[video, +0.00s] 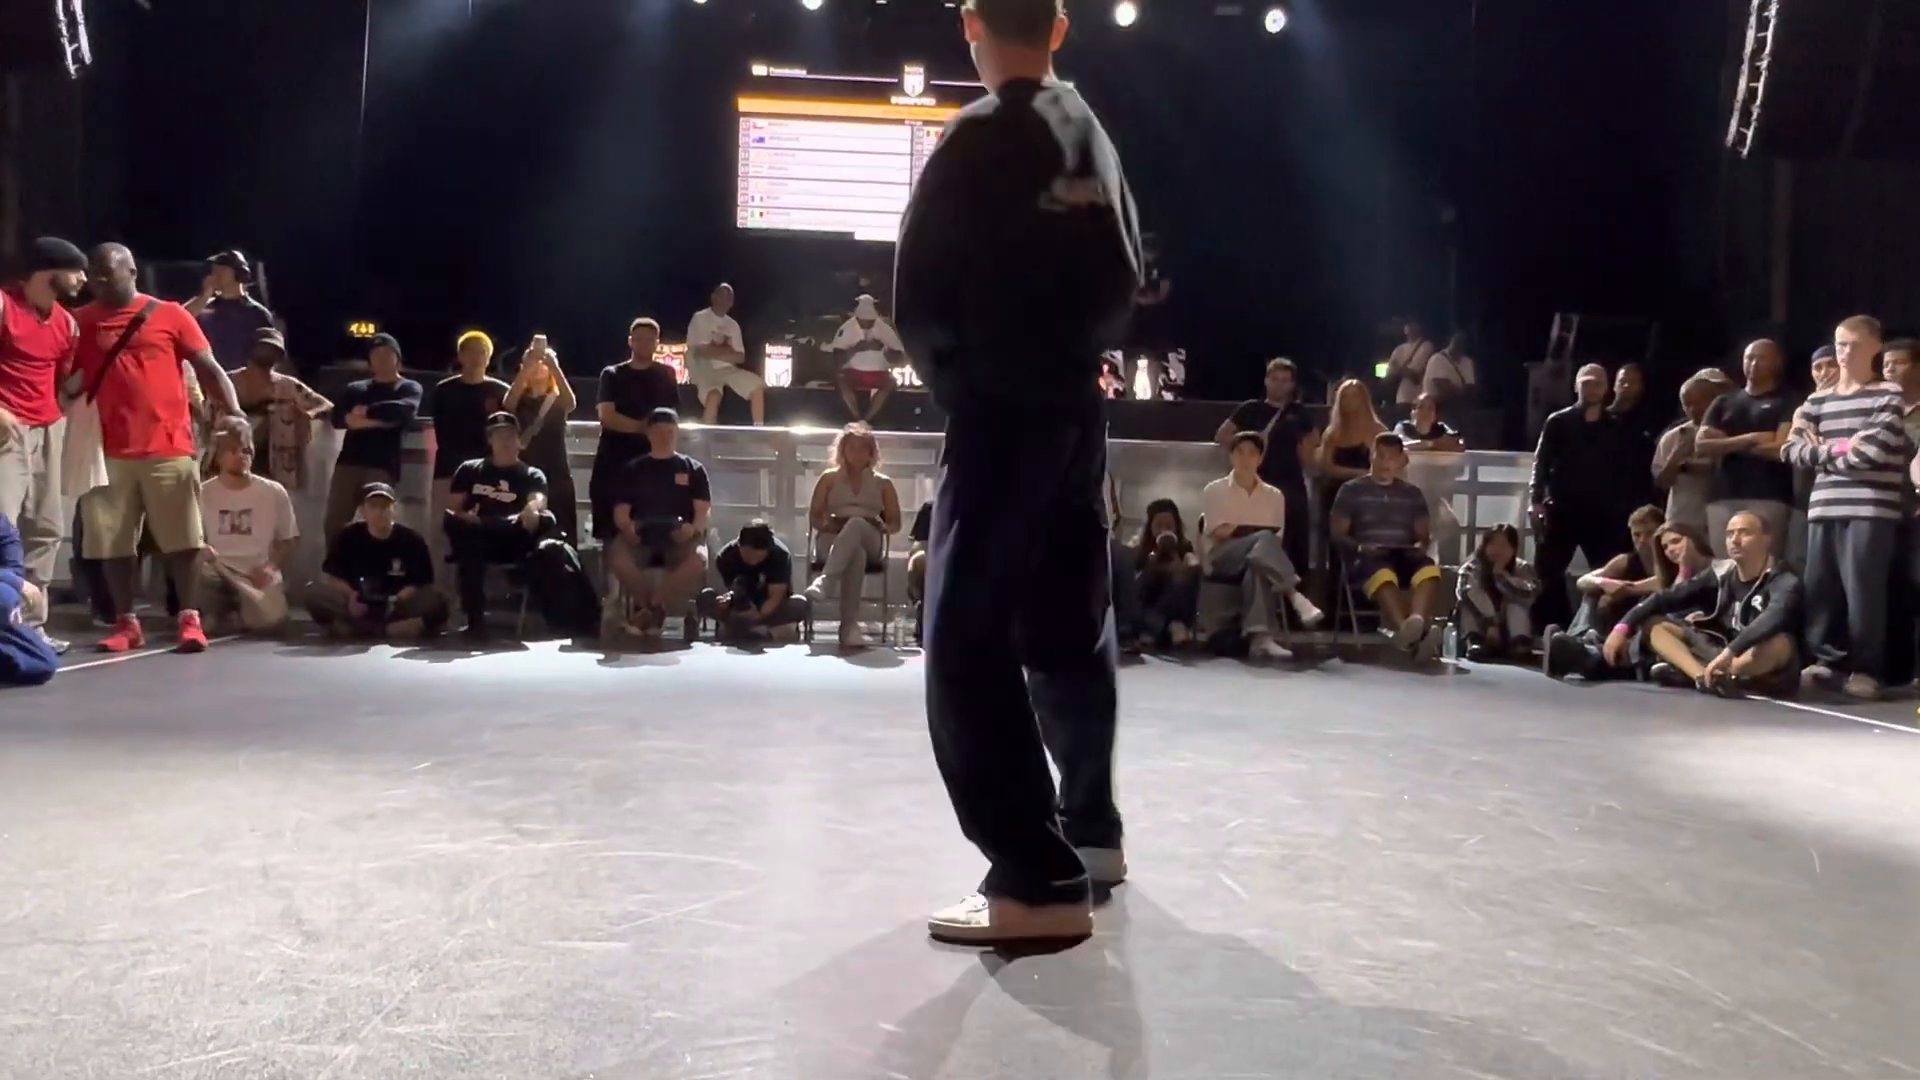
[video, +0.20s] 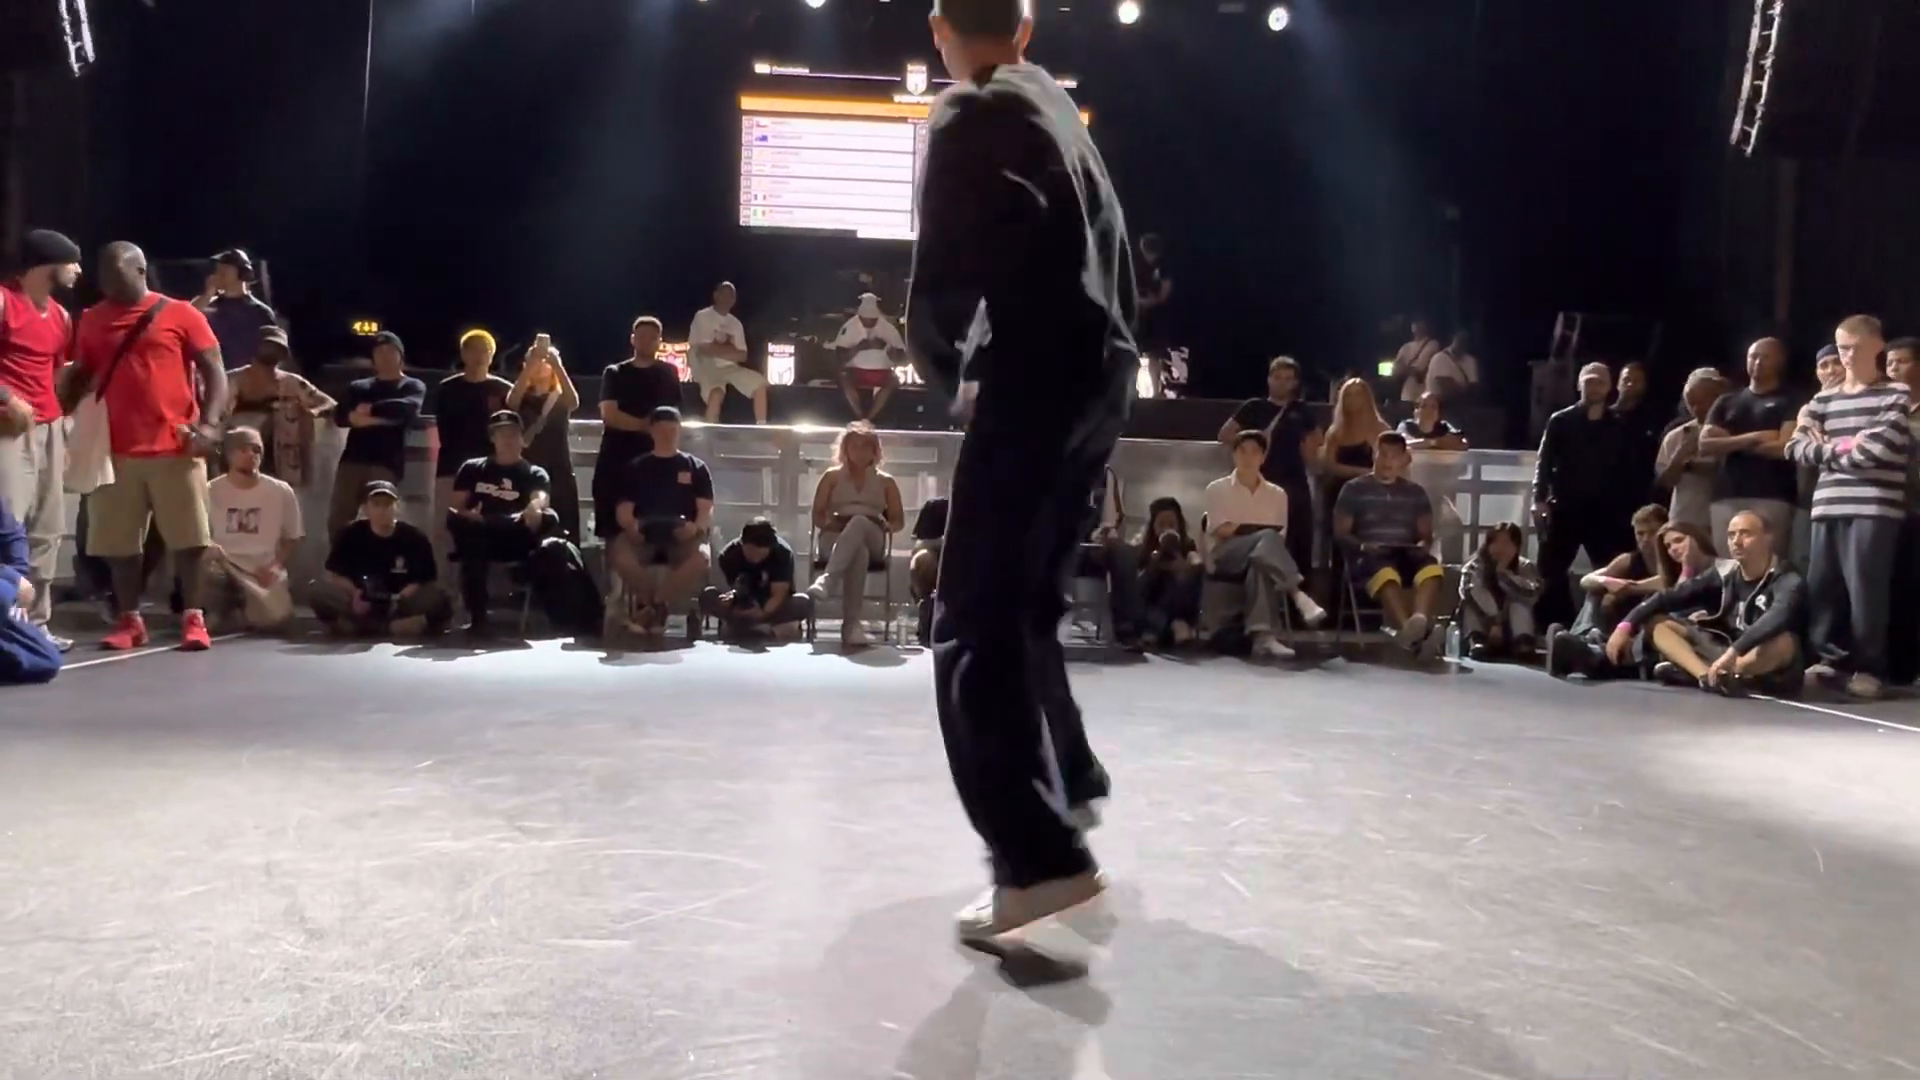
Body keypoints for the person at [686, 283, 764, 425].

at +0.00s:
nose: (727, 299)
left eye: (730, 296)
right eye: (723, 295)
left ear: (732, 301)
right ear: (714, 297)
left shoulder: (733, 325)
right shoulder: (700, 318)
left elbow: (740, 357)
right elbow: (700, 350)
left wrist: (710, 352)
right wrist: (725, 347)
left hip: (727, 368)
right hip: (704, 367)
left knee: (757, 387)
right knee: (714, 395)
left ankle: (759, 432)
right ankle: (706, 437)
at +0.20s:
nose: (727, 298)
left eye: (731, 295)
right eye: (724, 294)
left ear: (734, 299)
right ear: (716, 296)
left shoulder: (736, 323)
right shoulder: (702, 316)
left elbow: (742, 355)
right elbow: (703, 348)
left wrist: (713, 350)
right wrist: (728, 346)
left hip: (730, 366)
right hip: (707, 365)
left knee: (759, 384)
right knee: (717, 393)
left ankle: (762, 430)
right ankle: (708, 434)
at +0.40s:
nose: (729, 298)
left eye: (733, 294)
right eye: (726, 293)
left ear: (737, 300)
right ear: (718, 296)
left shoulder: (738, 323)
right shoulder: (704, 316)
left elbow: (745, 355)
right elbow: (704, 349)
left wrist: (715, 350)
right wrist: (729, 345)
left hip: (732, 366)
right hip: (709, 365)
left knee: (762, 385)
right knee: (719, 393)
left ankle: (764, 430)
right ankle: (711, 434)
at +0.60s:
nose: (732, 298)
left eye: (736, 295)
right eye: (729, 294)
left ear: (740, 299)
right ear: (721, 296)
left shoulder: (741, 323)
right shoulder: (707, 316)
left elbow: (747, 355)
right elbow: (706, 348)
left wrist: (718, 349)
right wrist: (732, 346)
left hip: (734, 366)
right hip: (711, 364)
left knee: (764, 385)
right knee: (721, 392)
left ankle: (766, 430)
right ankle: (713, 434)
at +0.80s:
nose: (734, 295)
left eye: (738, 292)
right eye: (731, 291)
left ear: (742, 297)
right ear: (723, 293)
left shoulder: (743, 320)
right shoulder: (710, 313)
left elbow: (749, 353)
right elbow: (709, 345)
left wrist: (721, 347)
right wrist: (735, 344)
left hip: (737, 363)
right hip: (714, 361)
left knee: (767, 382)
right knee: (724, 390)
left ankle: (768, 427)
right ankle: (715, 431)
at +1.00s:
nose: (738, 294)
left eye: (741, 291)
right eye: (734, 290)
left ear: (745, 295)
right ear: (726, 291)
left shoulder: (746, 318)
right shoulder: (713, 312)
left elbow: (752, 351)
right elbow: (713, 344)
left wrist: (724, 345)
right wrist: (739, 342)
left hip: (740, 362)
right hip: (717, 361)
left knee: (770, 381)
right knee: (727, 389)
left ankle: (771, 425)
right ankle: (719, 431)